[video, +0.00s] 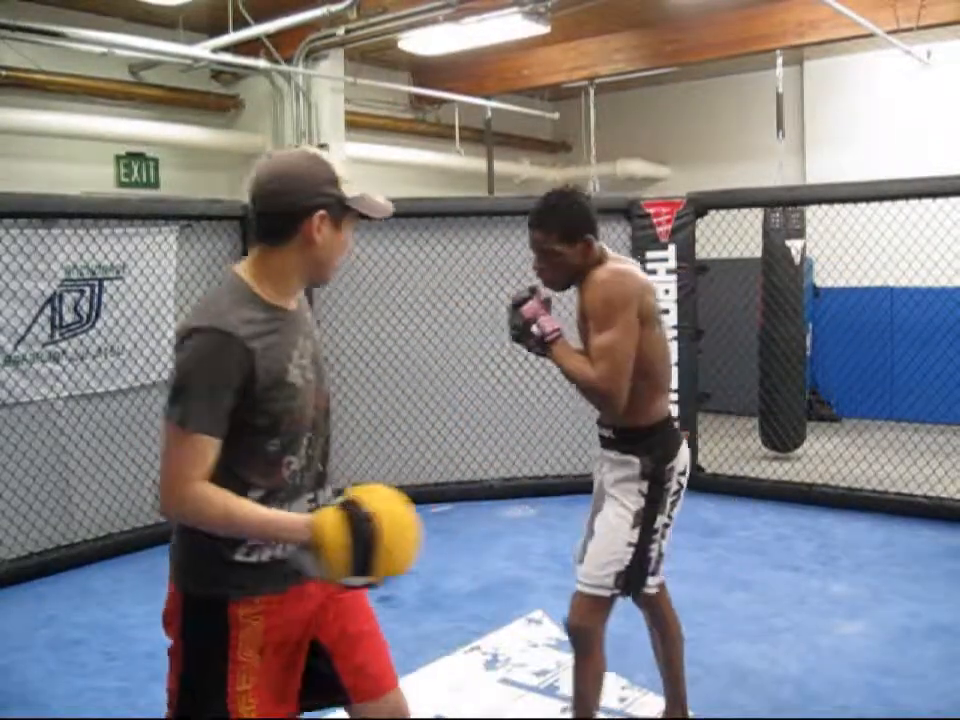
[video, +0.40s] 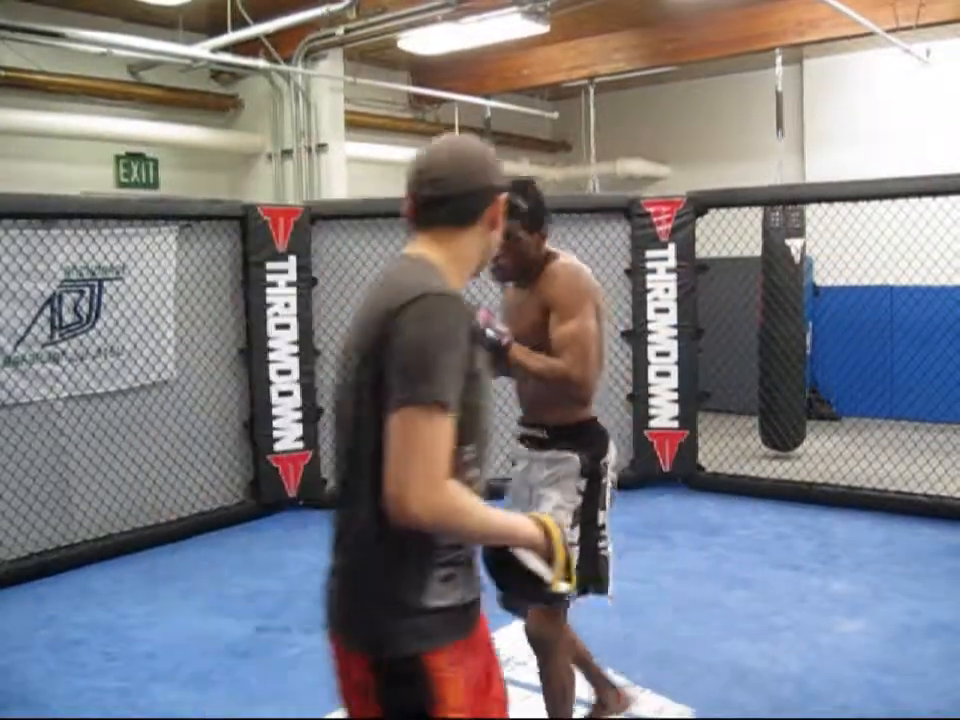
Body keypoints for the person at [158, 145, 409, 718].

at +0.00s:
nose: (350, 244)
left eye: (352, 228)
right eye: (348, 227)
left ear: (306, 227)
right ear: (317, 227)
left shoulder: (293, 301)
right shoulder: (219, 334)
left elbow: (275, 456)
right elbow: (181, 494)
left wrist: (343, 519)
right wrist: (313, 529)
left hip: (316, 579)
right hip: (236, 599)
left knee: (385, 708)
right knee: (224, 711)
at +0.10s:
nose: (383, 257)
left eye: (384, 240)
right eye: (382, 239)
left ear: (327, 240)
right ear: (356, 241)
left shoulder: (312, 326)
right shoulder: (257, 350)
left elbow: (294, 501)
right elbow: (243, 524)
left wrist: (364, 564)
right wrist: (386, 541)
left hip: (335, 607)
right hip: (252, 627)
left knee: (394, 710)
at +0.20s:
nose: (432, 258)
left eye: (431, 242)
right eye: (430, 242)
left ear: (351, 241)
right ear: (409, 245)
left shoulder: (355, 336)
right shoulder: (317, 350)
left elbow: (336, 509)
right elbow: (311, 531)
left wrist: (432, 552)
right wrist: (449, 549)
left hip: (370, 621)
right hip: (292, 644)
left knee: (427, 709)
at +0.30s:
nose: (471, 252)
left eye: (471, 235)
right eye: (473, 235)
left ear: (389, 229)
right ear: (456, 237)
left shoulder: (383, 316)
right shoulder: (373, 327)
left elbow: (376, 498)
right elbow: (369, 512)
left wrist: (476, 544)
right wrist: (492, 543)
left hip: (416, 625)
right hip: (348, 649)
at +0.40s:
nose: (505, 231)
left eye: (505, 216)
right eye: (505, 214)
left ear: (412, 210)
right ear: (495, 215)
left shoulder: (397, 290)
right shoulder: (433, 307)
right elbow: (417, 493)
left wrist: (508, 529)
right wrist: (529, 531)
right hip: (418, 629)